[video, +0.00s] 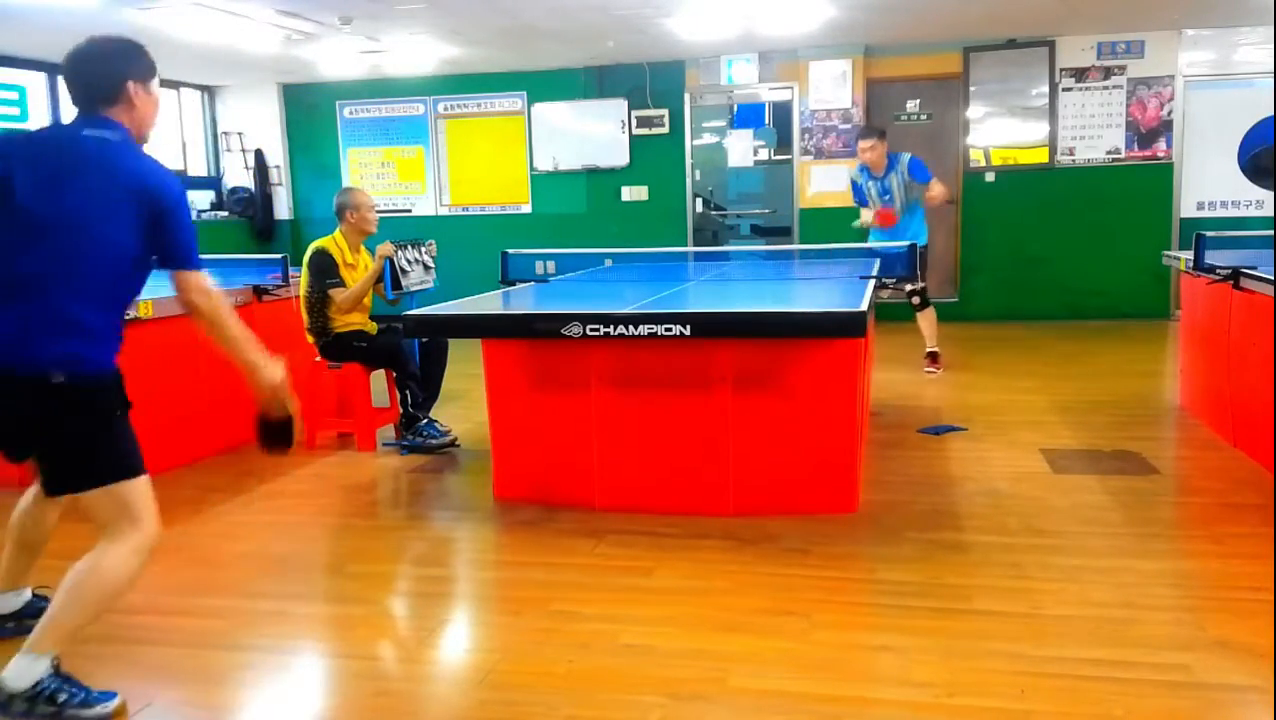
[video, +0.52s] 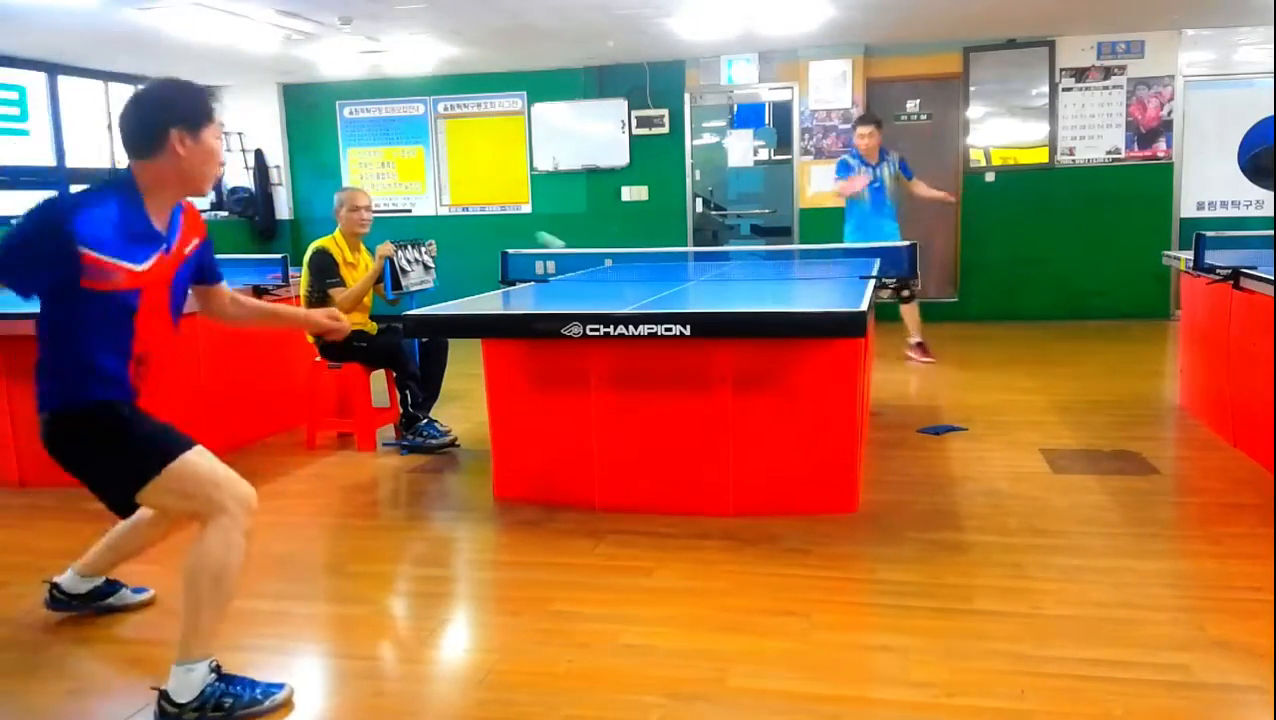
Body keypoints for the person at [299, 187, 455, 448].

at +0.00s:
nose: (377, 215)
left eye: (376, 210)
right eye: (371, 210)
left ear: (354, 217)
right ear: (351, 216)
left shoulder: (364, 254)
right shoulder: (321, 253)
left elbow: (391, 298)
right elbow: (344, 303)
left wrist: (419, 260)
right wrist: (377, 267)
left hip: (364, 330)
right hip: (335, 339)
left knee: (435, 339)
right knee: (401, 346)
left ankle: (419, 420)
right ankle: (412, 427)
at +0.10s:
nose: (378, 215)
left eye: (376, 210)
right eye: (372, 210)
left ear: (354, 217)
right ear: (351, 216)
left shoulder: (364, 254)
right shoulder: (321, 252)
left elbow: (391, 298)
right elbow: (344, 303)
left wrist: (419, 260)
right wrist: (377, 267)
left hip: (364, 330)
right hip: (335, 339)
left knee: (435, 339)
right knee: (401, 347)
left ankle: (419, 419)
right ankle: (412, 427)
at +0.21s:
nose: (378, 215)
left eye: (376, 210)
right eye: (372, 210)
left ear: (354, 217)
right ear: (351, 216)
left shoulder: (364, 254)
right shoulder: (322, 252)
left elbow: (390, 298)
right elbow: (344, 303)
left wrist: (419, 260)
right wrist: (377, 267)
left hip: (364, 330)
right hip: (335, 339)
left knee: (435, 339)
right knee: (401, 346)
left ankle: (419, 420)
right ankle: (411, 427)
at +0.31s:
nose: (376, 216)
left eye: (375, 210)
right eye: (370, 210)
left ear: (351, 217)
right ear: (346, 216)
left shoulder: (364, 253)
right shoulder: (322, 252)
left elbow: (390, 297)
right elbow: (344, 303)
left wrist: (419, 260)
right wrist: (377, 267)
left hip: (364, 330)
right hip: (335, 339)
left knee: (435, 339)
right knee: (401, 347)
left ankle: (420, 419)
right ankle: (412, 427)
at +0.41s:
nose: (370, 216)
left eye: (372, 210)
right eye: (362, 210)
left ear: (374, 213)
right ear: (341, 213)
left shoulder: (364, 253)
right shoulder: (322, 252)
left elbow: (390, 297)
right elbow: (344, 303)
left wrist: (419, 261)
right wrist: (377, 268)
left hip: (364, 330)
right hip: (334, 339)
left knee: (435, 339)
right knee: (400, 346)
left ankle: (419, 419)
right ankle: (412, 426)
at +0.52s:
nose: (365, 216)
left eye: (368, 210)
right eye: (356, 210)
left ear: (372, 214)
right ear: (339, 214)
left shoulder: (365, 253)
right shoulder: (321, 252)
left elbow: (390, 297)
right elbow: (343, 304)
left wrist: (420, 260)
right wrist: (377, 268)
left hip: (365, 330)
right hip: (335, 339)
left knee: (435, 339)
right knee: (401, 347)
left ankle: (420, 419)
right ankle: (412, 427)